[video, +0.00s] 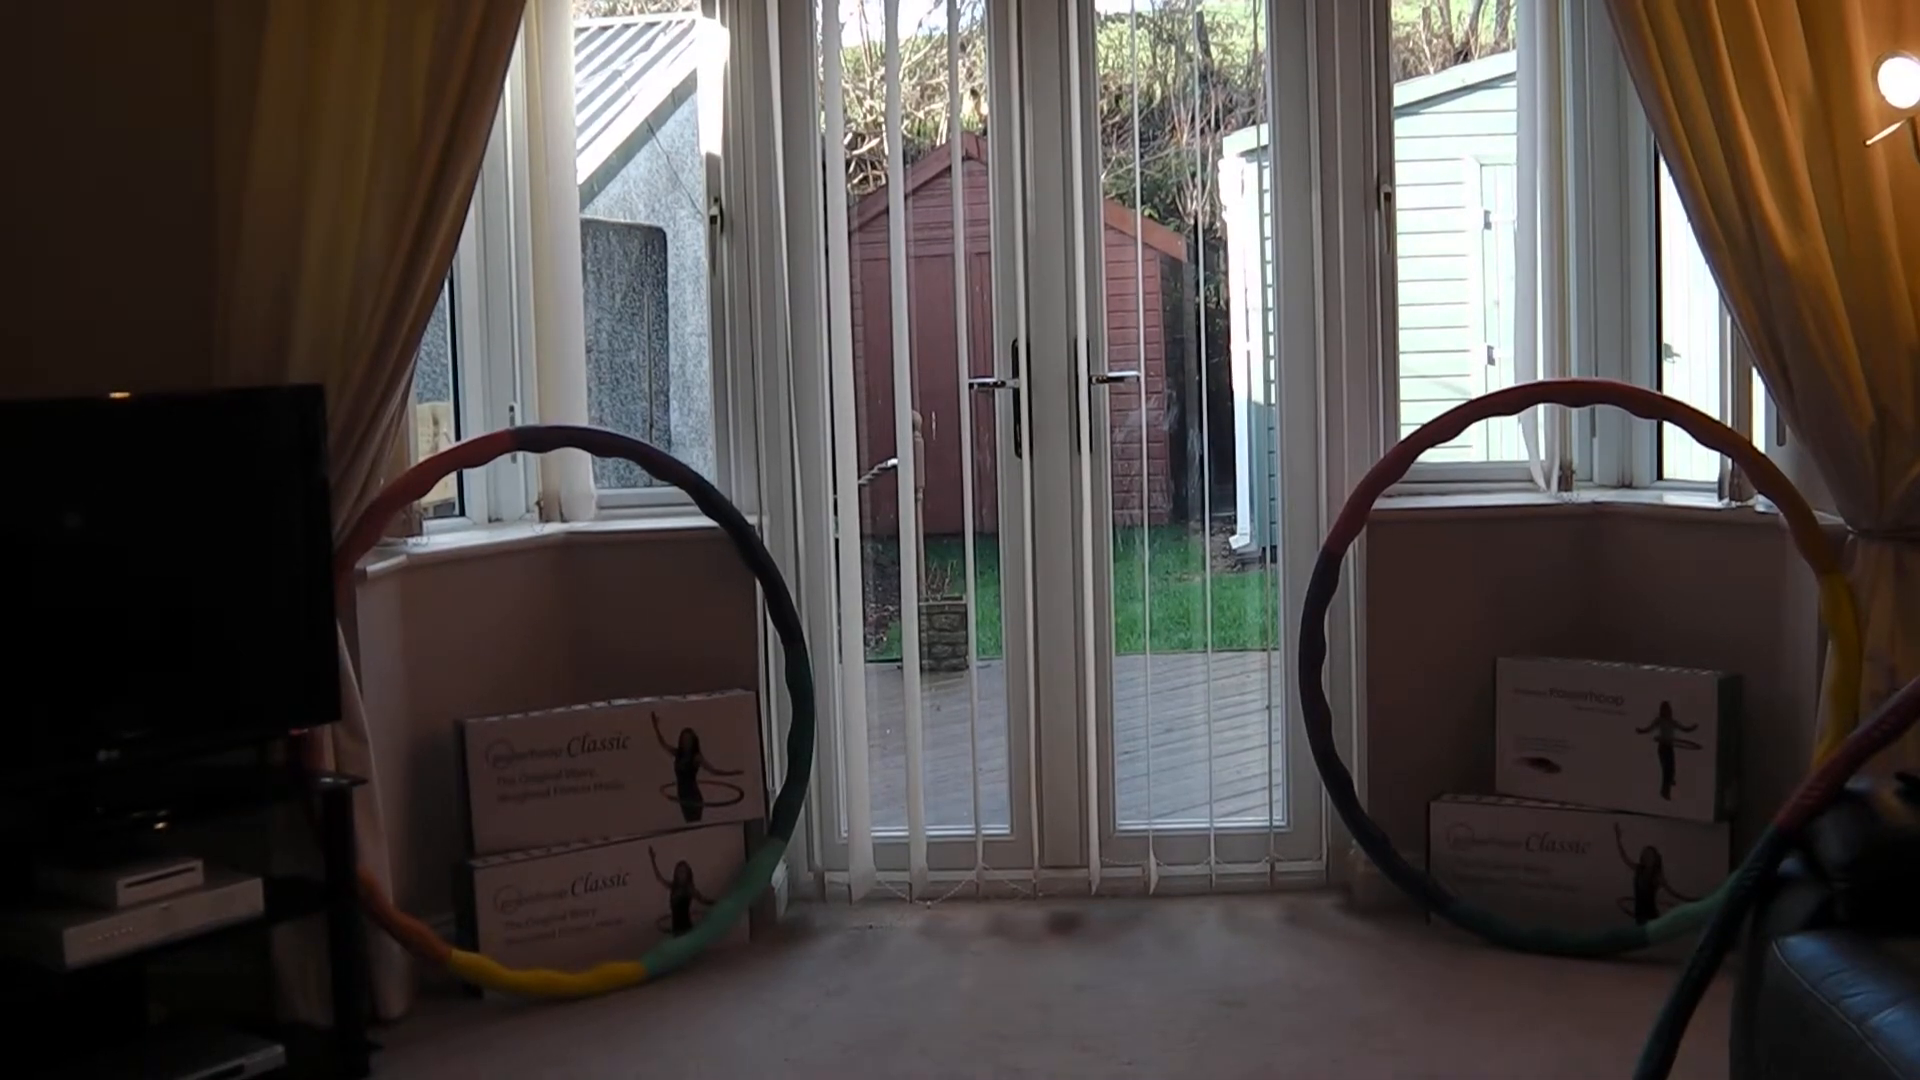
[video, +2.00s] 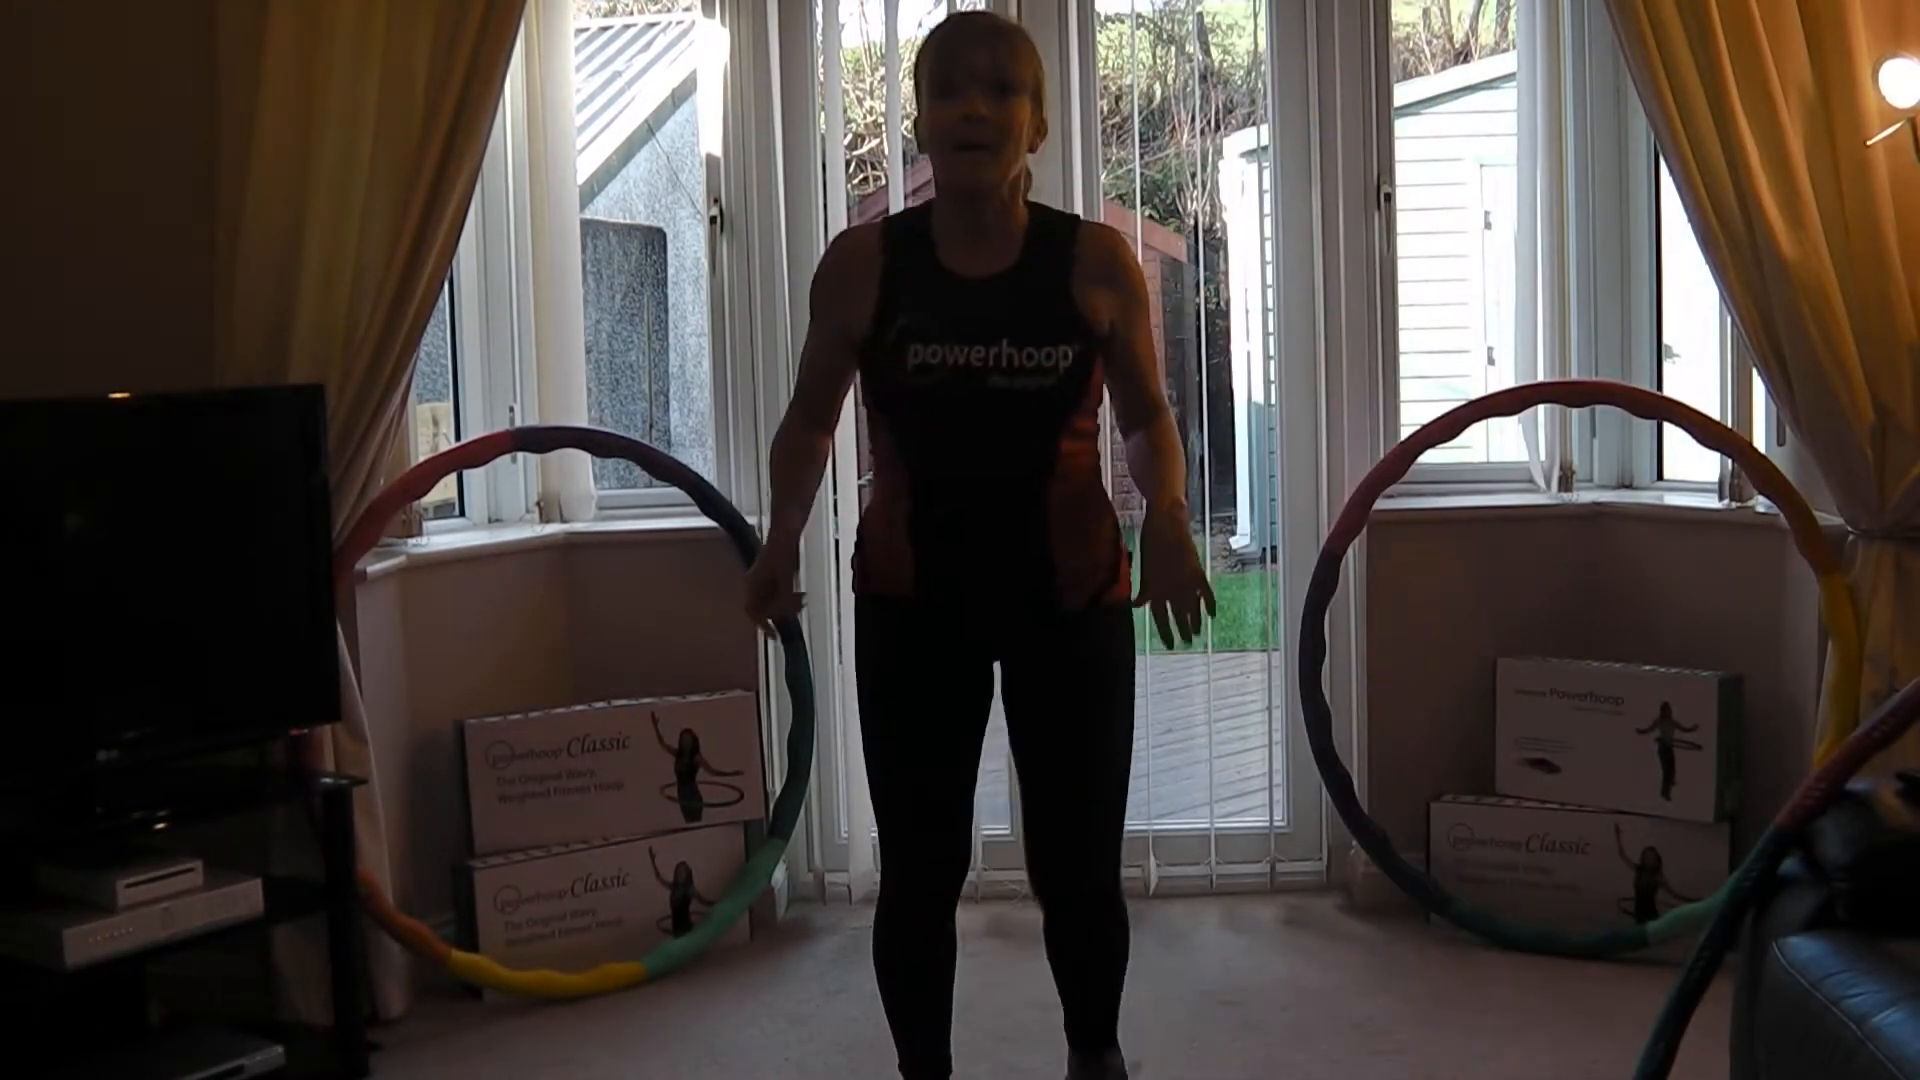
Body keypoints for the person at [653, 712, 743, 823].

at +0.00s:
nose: (685, 741)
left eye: (688, 739)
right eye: (683, 738)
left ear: (693, 741)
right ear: (680, 740)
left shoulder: (696, 756)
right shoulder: (678, 754)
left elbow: (713, 771)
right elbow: (662, 744)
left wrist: (733, 773)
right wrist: (655, 725)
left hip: (693, 793)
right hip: (682, 793)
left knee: (696, 826)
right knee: (690, 826)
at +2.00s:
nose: (685, 742)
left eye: (688, 739)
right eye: (683, 739)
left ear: (693, 742)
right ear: (680, 741)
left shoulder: (696, 757)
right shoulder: (678, 754)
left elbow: (712, 772)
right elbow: (662, 744)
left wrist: (732, 774)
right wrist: (655, 726)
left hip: (693, 795)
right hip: (682, 795)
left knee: (696, 828)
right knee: (690, 829)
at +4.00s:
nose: (686, 742)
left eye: (689, 739)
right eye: (683, 739)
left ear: (694, 741)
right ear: (680, 741)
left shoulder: (696, 758)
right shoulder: (678, 755)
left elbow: (713, 772)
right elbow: (662, 745)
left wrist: (733, 774)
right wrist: (655, 726)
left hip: (693, 794)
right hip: (682, 794)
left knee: (696, 828)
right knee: (691, 828)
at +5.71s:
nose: (686, 743)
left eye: (689, 740)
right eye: (684, 739)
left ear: (694, 742)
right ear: (680, 741)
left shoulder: (696, 757)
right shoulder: (678, 754)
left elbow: (711, 771)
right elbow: (662, 745)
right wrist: (655, 727)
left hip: (693, 793)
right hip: (682, 794)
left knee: (696, 826)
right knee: (690, 827)